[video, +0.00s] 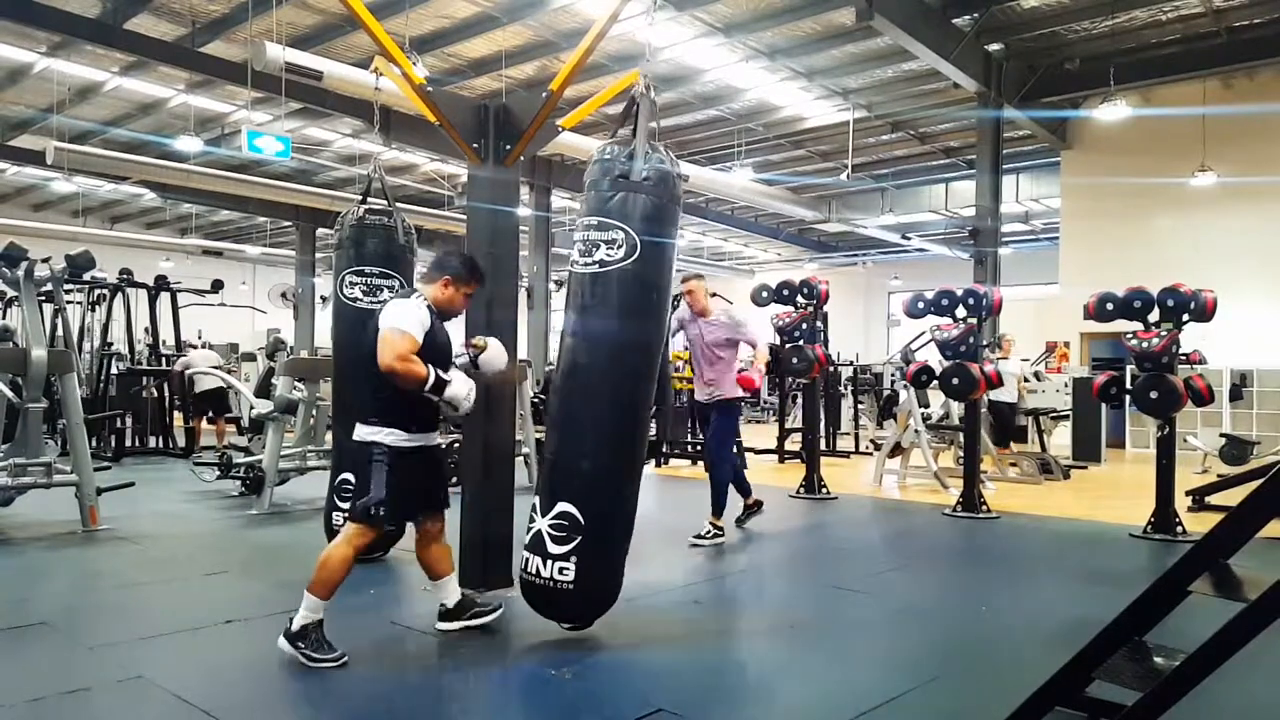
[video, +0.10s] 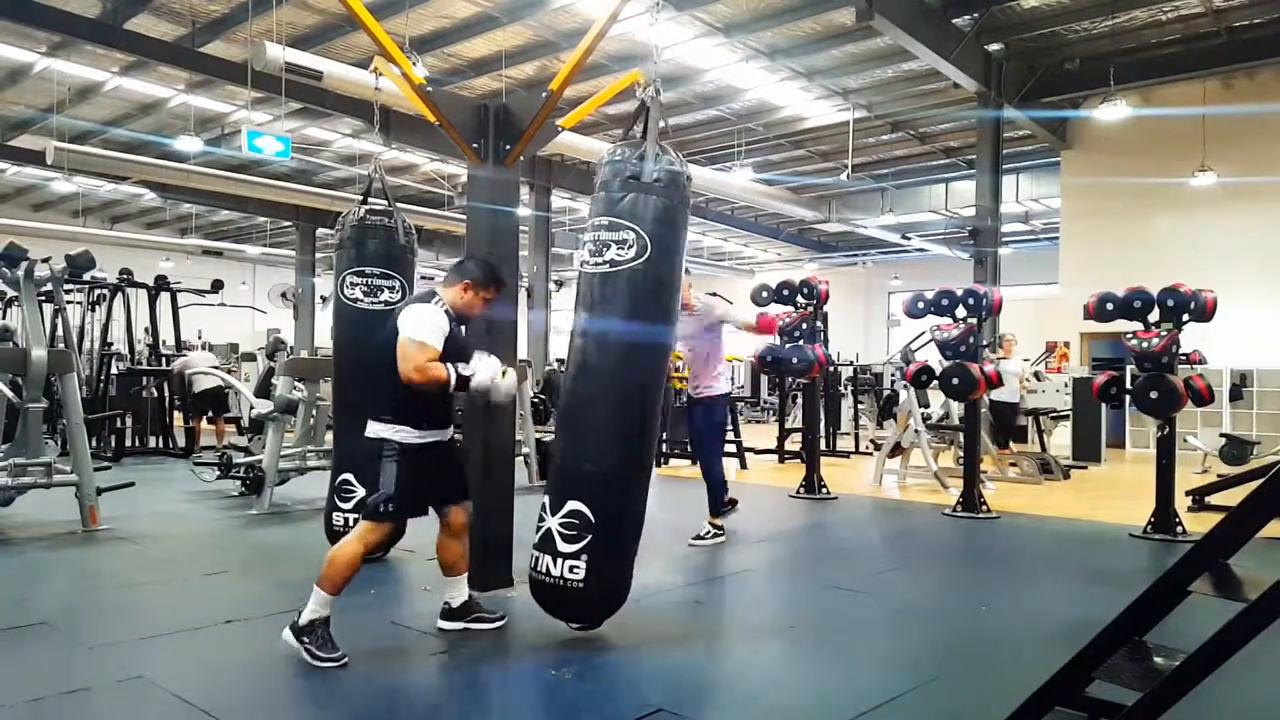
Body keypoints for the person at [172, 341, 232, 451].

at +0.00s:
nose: (186, 355)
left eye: (186, 353)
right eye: (186, 353)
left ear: (188, 351)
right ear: (197, 347)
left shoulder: (188, 357)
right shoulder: (212, 353)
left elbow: (176, 369)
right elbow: (222, 365)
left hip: (202, 389)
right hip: (219, 386)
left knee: (197, 420)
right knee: (220, 419)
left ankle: (197, 446)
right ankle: (219, 445)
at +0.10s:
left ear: (187, 352)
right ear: (199, 349)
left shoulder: (186, 362)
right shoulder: (210, 355)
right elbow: (218, 370)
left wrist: (184, 404)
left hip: (199, 390)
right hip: (217, 387)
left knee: (196, 420)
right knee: (219, 418)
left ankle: (197, 447)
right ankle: (219, 446)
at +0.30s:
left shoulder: (180, 365)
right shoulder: (206, 357)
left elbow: (180, 390)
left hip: (199, 390)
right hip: (217, 386)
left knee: (196, 420)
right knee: (219, 418)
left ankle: (196, 447)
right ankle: (219, 446)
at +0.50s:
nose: (171, 367)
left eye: (172, 365)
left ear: (175, 360)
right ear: (185, 356)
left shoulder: (176, 364)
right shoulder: (201, 356)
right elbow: (217, 367)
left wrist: (140, 388)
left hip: (200, 391)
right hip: (217, 387)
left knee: (196, 421)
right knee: (219, 419)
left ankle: (196, 447)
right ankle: (220, 446)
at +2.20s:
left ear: (176, 360)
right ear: (187, 355)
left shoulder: (176, 363)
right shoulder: (201, 357)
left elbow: (160, 380)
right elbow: (215, 367)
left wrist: (142, 386)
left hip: (199, 391)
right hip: (217, 387)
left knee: (196, 422)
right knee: (218, 419)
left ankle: (196, 448)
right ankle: (220, 446)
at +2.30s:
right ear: (187, 355)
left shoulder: (178, 364)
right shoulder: (202, 357)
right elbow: (214, 368)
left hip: (200, 390)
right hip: (217, 386)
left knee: (196, 421)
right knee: (218, 419)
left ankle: (196, 447)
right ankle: (220, 446)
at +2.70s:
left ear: (188, 352)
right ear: (200, 350)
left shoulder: (184, 360)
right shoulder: (210, 356)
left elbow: (184, 380)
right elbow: (221, 368)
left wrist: (183, 399)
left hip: (201, 391)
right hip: (220, 388)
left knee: (197, 421)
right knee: (220, 420)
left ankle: (197, 447)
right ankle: (220, 446)